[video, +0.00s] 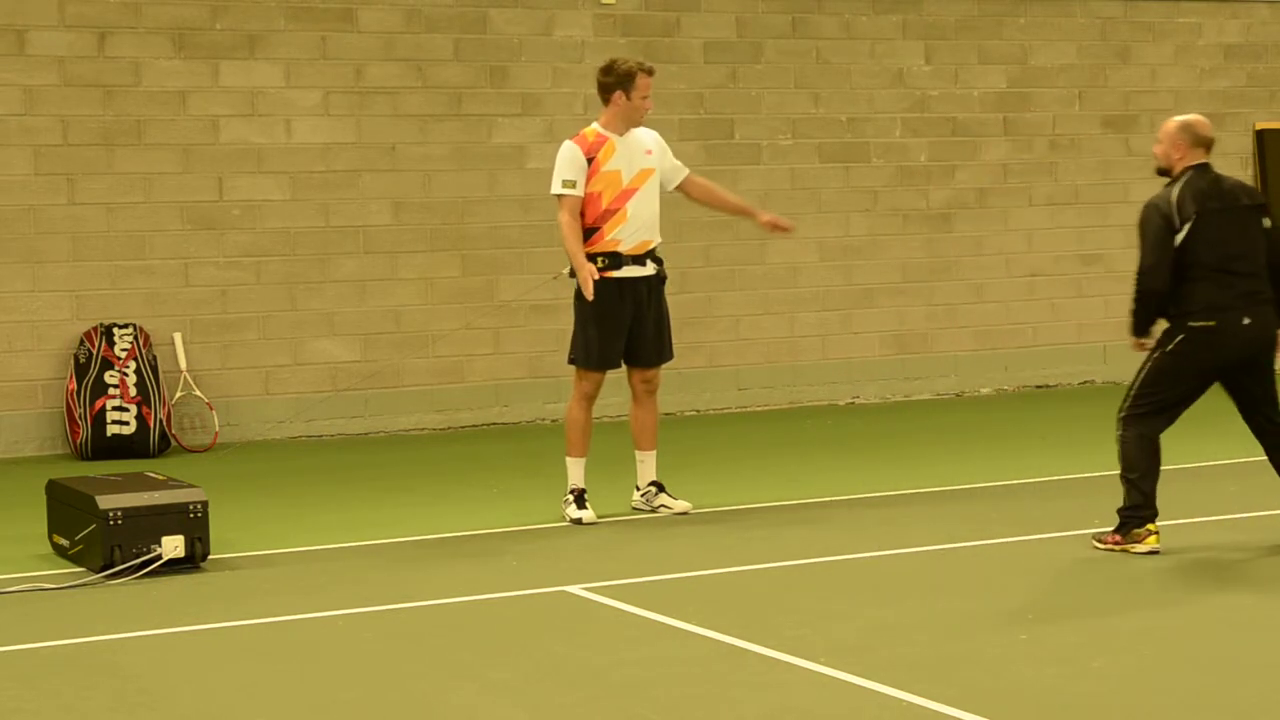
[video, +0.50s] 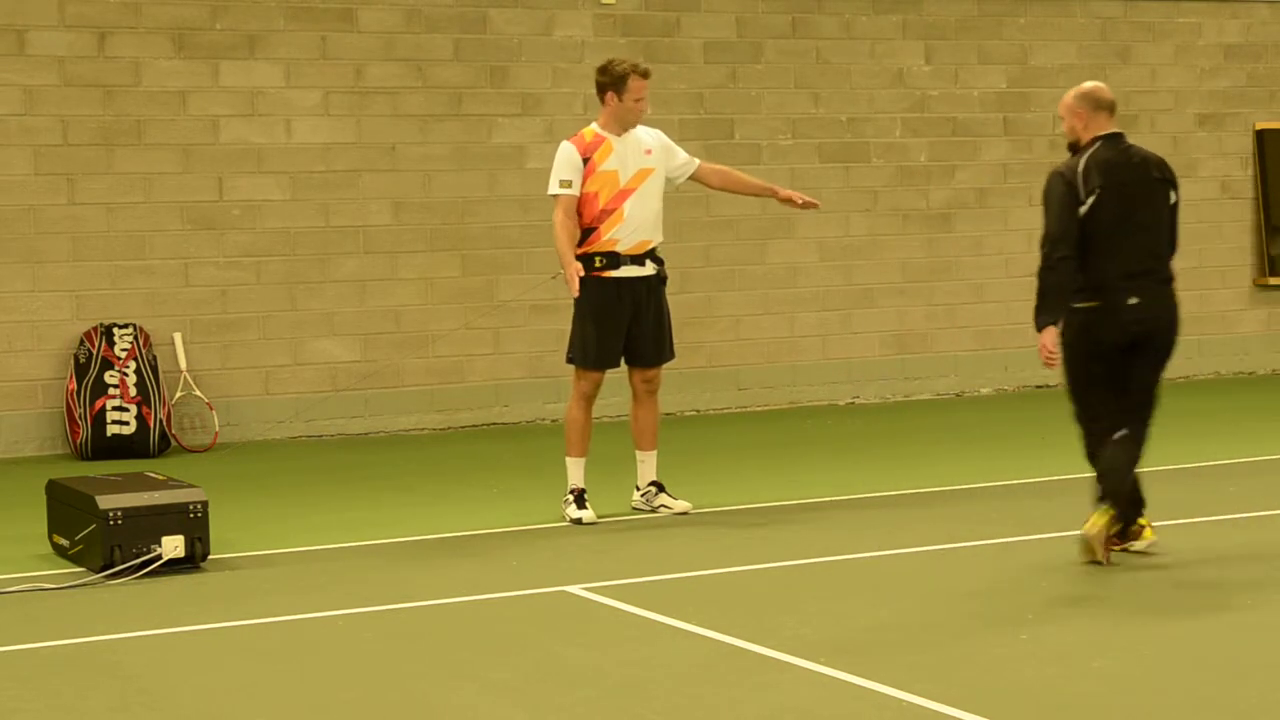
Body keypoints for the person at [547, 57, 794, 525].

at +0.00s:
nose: (650, 105)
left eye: (651, 98)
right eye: (644, 98)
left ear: (630, 98)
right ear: (617, 98)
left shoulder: (650, 143)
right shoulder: (579, 149)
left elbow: (694, 186)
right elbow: (568, 214)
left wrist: (756, 214)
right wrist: (582, 268)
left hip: (646, 280)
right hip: (600, 281)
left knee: (646, 383)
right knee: (586, 388)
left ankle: (647, 487)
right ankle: (576, 493)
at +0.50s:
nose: (644, 108)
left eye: (646, 100)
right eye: (637, 100)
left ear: (642, 99)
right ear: (609, 99)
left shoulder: (654, 142)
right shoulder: (576, 149)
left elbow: (711, 173)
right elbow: (564, 215)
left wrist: (776, 191)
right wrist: (569, 266)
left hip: (647, 281)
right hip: (598, 282)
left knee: (647, 383)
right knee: (586, 387)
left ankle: (647, 488)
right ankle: (576, 493)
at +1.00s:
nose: (620, 117)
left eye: (627, 108)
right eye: (612, 108)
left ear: (635, 102)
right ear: (596, 100)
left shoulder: (654, 143)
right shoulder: (575, 150)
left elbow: (711, 176)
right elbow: (563, 214)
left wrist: (774, 195)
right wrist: (568, 262)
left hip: (646, 280)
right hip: (599, 281)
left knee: (647, 383)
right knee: (586, 387)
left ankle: (647, 488)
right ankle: (575, 493)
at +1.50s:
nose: (623, 115)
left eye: (629, 107)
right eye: (615, 106)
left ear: (637, 102)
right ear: (597, 100)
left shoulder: (654, 143)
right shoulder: (577, 149)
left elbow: (707, 178)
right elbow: (563, 214)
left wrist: (769, 198)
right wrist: (567, 263)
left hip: (646, 280)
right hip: (598, 281)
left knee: (647, 383)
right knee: (586, 386)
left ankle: (647, 488)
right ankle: (575, 493)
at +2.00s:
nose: (615, 113)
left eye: (621, 105)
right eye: (607, 105)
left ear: (629, 101)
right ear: (589, 101)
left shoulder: (644, 140)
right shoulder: (569, 151)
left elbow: (647, 210)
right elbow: (549, 214)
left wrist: (661, 268)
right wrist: (540, 268)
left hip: (644, 280)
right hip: (597, 283)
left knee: (650, 382)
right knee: (584, 387)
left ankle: (648, 487)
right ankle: (575, 493)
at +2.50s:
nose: (637, 114)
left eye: (643, 105)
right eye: (629, 106)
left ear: (652, 101)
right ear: (613, 103)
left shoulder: (671, 143)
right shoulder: (591, 150)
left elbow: (683, 207)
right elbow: (568, 211)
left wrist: (709, 264)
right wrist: (558, 266)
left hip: (658, 281)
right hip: (609, 283)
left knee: (663, 382)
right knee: (593, 387)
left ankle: (654, 487)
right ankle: (576, 491)